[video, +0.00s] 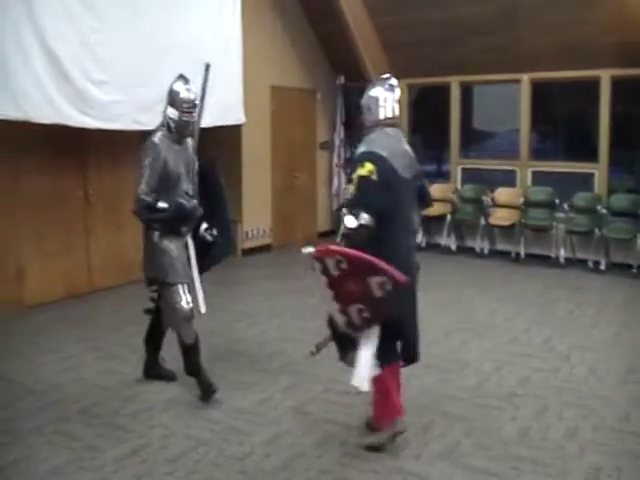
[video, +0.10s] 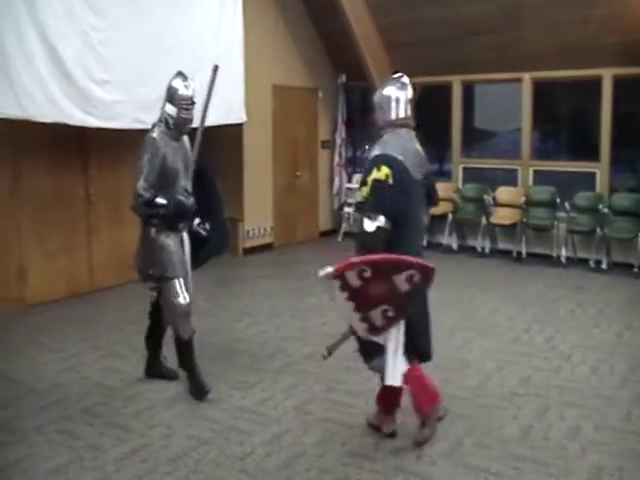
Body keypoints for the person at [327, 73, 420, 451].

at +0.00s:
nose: (364, 117)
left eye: (367, 111)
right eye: (367, 110)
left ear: (371, 114)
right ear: (394, 112)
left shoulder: (372, 153)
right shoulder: (400, 147)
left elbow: (363, 214)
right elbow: (421, 194)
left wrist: (340, 243)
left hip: (379, 260)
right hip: (401, 255)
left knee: (380, 336)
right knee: (387, 334)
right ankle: (387, 410)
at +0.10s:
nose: (374, 116)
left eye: (377, 110)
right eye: (377, 110)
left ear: (383, 113)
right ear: (408, 112)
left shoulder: (385, 158)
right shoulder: (413, 151)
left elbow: (373, 224)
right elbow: (430, 199)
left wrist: (363, 272)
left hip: (387, 269)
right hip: (410, 264)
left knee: (377, 344)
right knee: (396, 340)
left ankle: (428, 401)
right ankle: (386, 414)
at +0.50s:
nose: (418, 123)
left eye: (425, 115)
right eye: (418, 115)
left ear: (441, 117)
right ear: (439, 119)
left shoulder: (444, 164)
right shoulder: (441, 154)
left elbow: (447, 230)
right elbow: (436, 223)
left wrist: (425, 278)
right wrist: (422, 263)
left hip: (447, 269)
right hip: (436, 264)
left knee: (455, 344)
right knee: (415, 335)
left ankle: (467, 419)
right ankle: (404, 405)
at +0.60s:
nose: (428, 120)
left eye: (435, 113)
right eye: (428, 112)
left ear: (454, 114)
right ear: (449, 117)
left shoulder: (460, 164)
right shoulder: (449, 156)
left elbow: (462, 234)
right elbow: (444, 225)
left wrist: (455, 287)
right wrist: (431, 269)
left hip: (458, 272)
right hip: (443, 266)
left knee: (462, 344)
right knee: (428, 334)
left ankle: (468, 420)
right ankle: (438, 398)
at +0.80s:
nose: (452, 116)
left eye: (461, 110)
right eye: (452, 109)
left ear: (481, 115)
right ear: (461, 112)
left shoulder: (485, 161)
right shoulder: (469, 155)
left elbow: (490, 229)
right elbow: (465, 222)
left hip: (477, 270)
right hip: (461, 265)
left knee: (476, 344)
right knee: (452, 342)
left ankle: (468, 426)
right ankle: (510, 393)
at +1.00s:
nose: (478, 117)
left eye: (486, 110)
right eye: (478, 110)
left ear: (505, 115)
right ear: (489, 116)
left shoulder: (507, 161)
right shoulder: (499, 155)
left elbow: (504, 224)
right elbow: (494, 214)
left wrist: (481, 273)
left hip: (499, 265)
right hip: (507, 261)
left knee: (479, 342)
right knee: (518, 335)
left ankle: (469, 424)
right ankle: (538, 406)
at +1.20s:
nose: (501, 118)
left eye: (507, 111)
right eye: (501, 111)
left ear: (524, 113)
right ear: (515, 113)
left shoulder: (530, 157)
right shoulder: (520, 153)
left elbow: (521, 219)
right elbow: (514, 213)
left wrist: (506, 274)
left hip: (524, 265)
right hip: (529, 263)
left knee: (503, 339)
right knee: (535, 337)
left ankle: (476, 422)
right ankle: (539, 411)